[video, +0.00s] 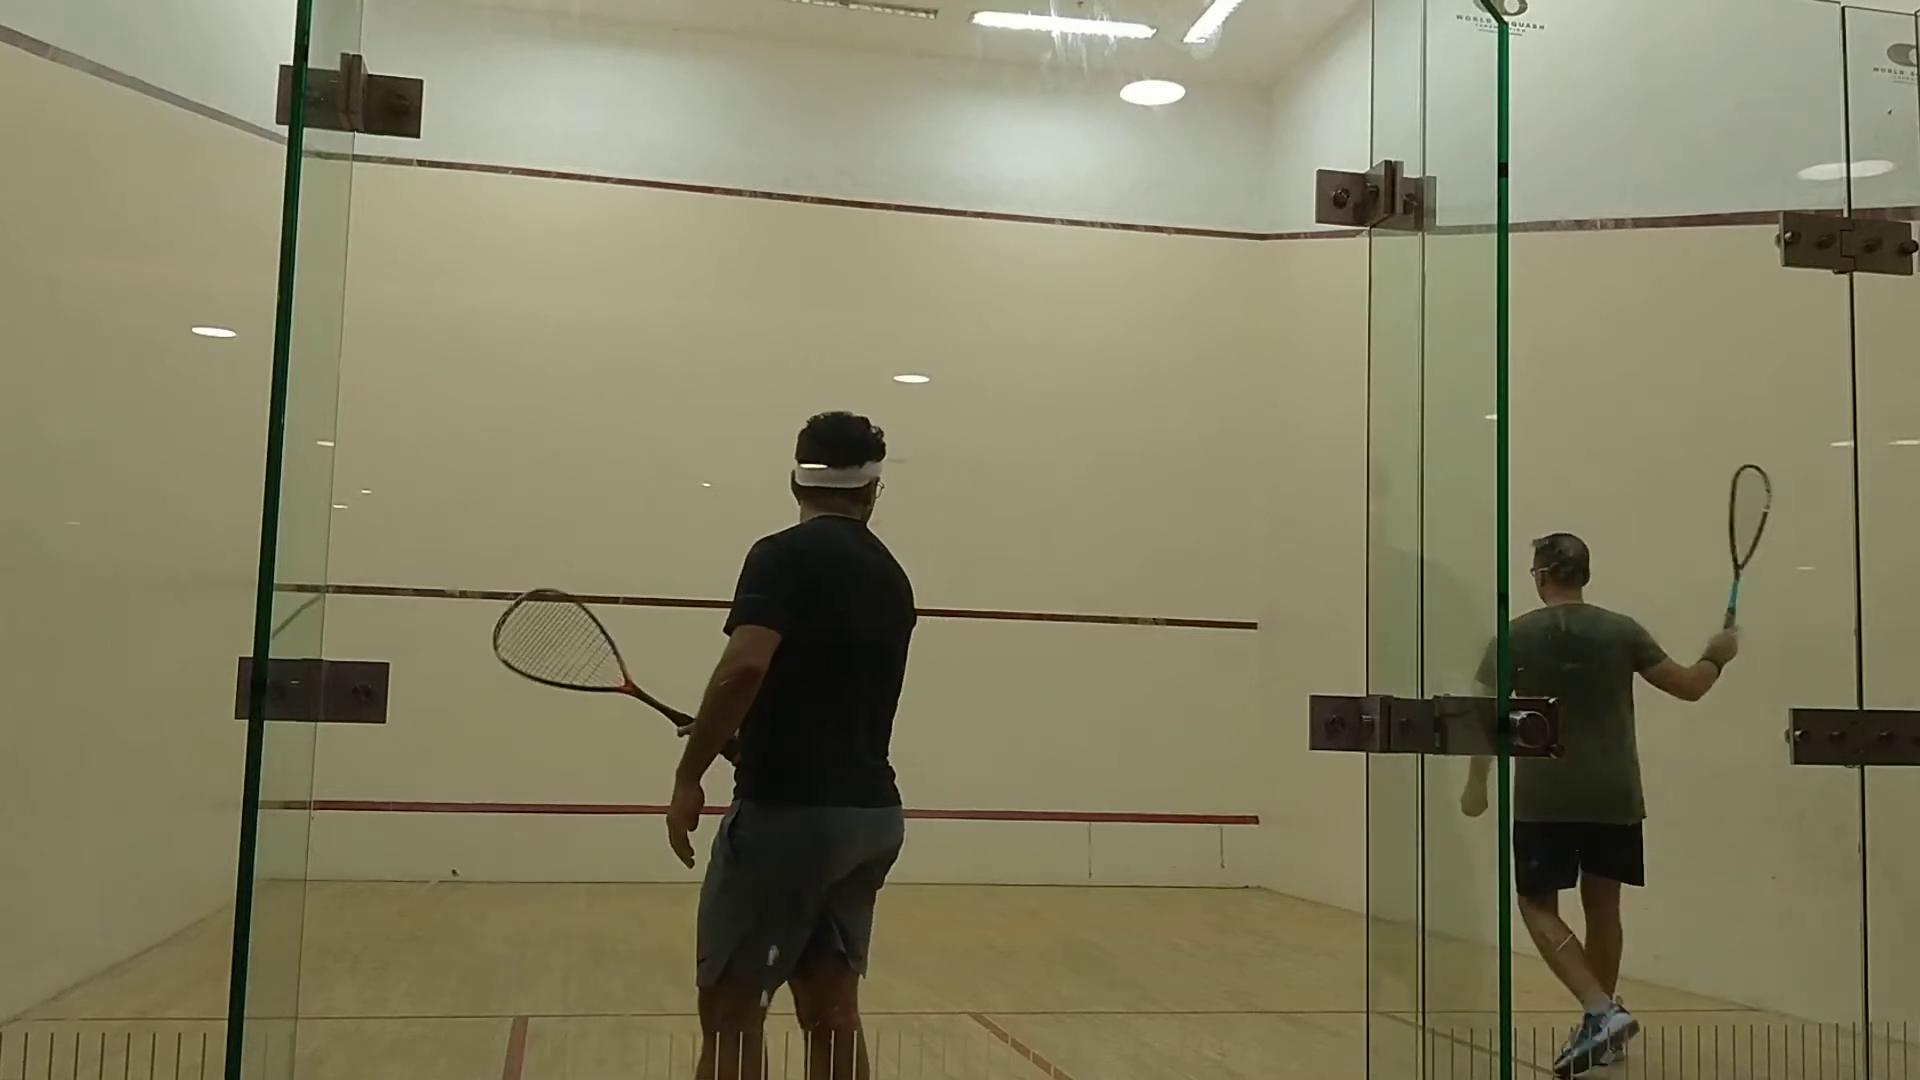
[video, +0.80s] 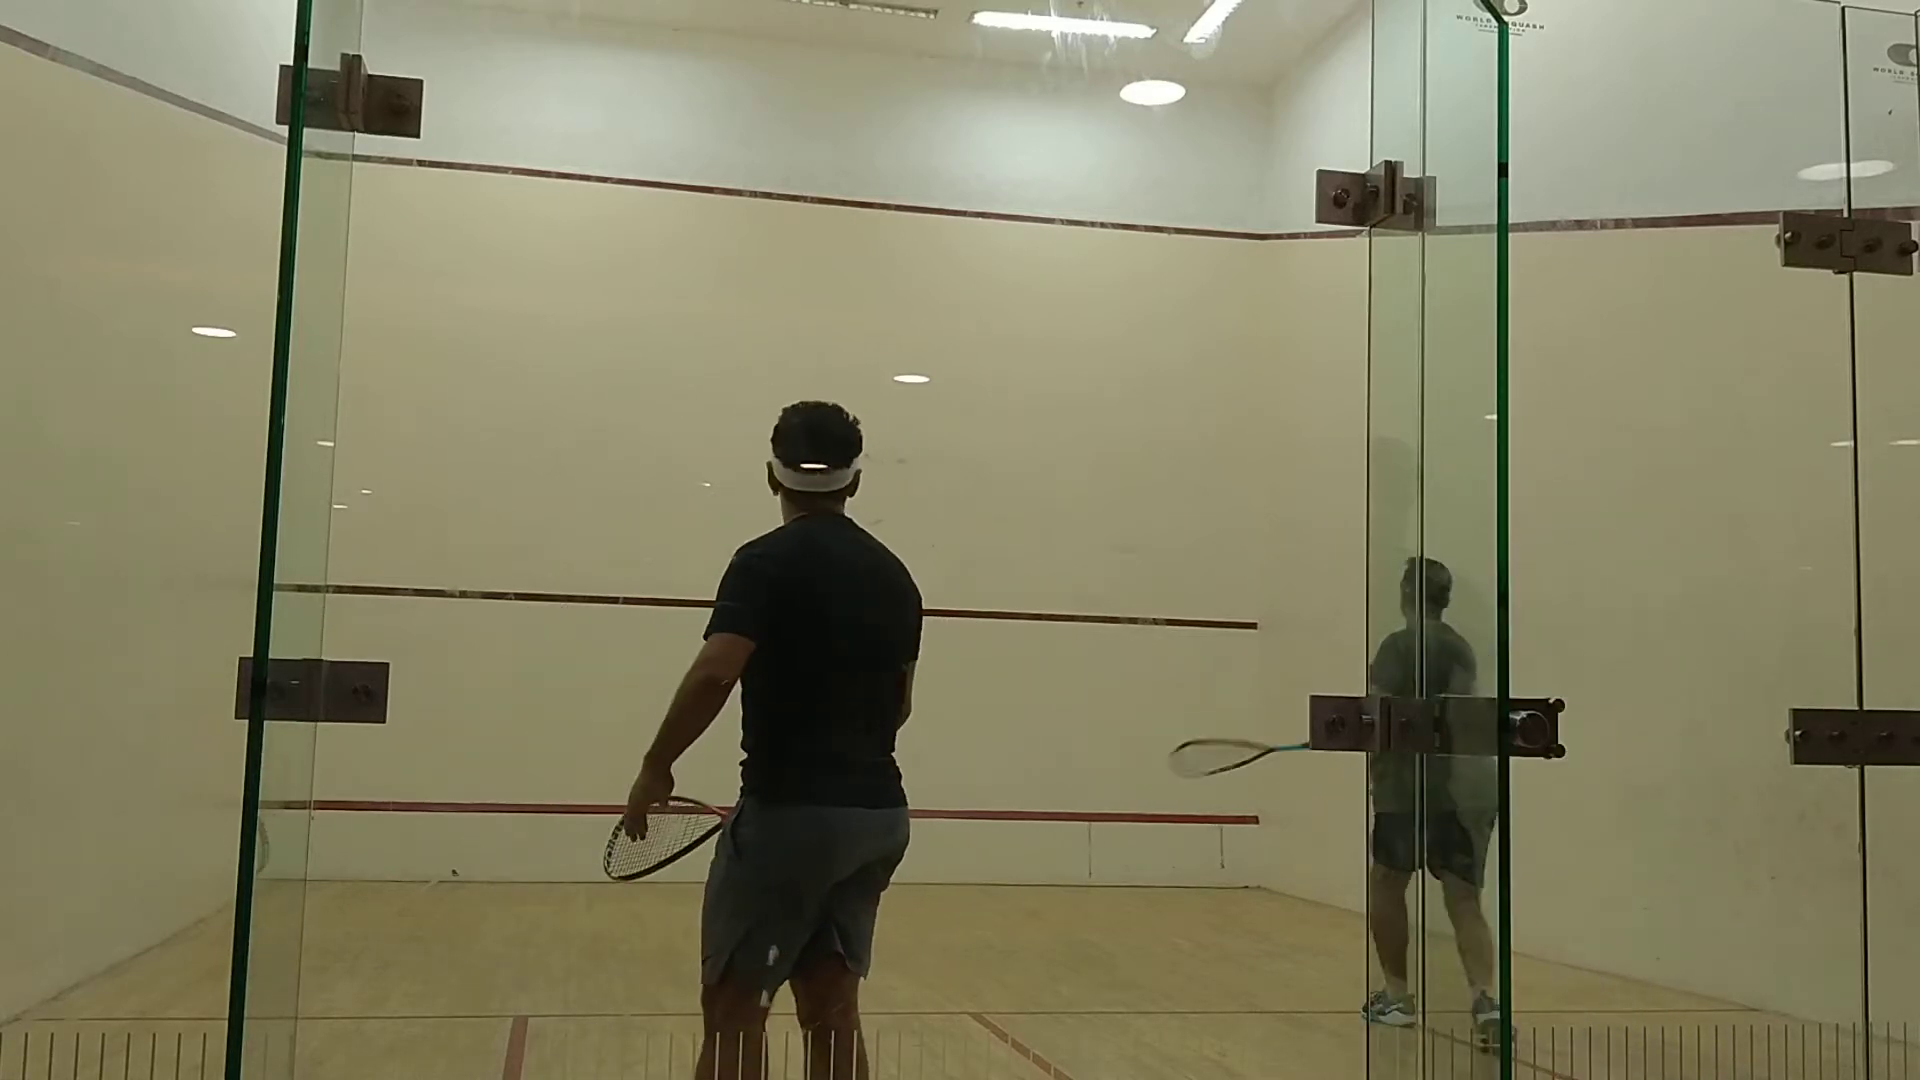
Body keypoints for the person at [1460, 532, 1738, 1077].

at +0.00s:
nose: (1533, 581)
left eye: (1534, 574)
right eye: (1538, 573)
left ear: (1541, 577)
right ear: (1585, 576)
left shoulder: (1512, 638)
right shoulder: (1620, 630)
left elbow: (1484, 716)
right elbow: (1690, 687)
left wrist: (1476, 783)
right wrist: (1717, 653)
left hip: (1540, 804)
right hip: (1613, 802)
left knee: (1538, 907)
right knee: (1603, 908)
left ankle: (1604, 1013)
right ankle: (1598, 1030)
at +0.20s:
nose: (1544, 580)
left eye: (1535, 572)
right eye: (1568, 572)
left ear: (1532, 575)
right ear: (1580, 576)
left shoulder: (1498, 630)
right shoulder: (1600, 628)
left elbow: (1479, 705)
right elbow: (1678, 675)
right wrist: (1695, 628)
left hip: (1514, 791)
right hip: (1587, 792)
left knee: (1504, 881)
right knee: (1593, 901)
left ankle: (1530, 995)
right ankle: (1596, 1032)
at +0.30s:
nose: (1560, 582)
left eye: (1537, 571)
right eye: (1570, 575)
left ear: (1525, 575)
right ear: (1572, 578)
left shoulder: (1491, 627)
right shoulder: (1586, 630)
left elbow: (1474, 700)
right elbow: (1666, 670)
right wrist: (1678, 621)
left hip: (1494, 788)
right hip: (1567, 792)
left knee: (1478, 884)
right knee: (1584, 901)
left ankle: (1477, 1001)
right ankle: (1594, 1030)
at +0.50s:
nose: (1545, 599)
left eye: (1540, 591)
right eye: (1544, 593)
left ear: (1495, 591)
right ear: (1540, 597)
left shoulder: (1454, 638)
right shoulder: (1541, 647)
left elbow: (1410, 701)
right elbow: (1621, 682)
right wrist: (1641, 617)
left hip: (1448, 791)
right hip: (1518, 795)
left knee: (1419, 884)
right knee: (1556, 905)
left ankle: (1395, 992)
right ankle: (1588, 1030)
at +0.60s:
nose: (1504, 611)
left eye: (1489, 599)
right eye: (1510, 603)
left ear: (1469, 600)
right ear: (1513, 608)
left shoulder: (1424, 647)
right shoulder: (1516, 667)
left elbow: (1376, 700)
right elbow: (1585, 697)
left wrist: (1412, 727)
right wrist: (1613, 654)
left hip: (1418, 793)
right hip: (1487, 799)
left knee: (1401, 880)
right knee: (1530, 908)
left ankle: (1398, 997)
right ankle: (1579, 1029)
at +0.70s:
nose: (1462, 611)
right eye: (1472, 604)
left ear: (1432, 602)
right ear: (1476, 609)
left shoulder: (1396, 653)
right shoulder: (1486, 665)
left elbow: (1367, 716)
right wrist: (1528, 703)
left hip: (1401, 796)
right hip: (1472, 802)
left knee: (1381, 891)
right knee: (1508, 907)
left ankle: (1396, 999)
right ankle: (1546, 1021)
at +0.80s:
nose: (1399, 595)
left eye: (1402, 588)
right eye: (1404, 587)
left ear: (1407, 594)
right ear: (1445, 597)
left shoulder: (1394, 647)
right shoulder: (1463, 650)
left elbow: (1375, 721)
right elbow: (1466, 720)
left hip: (1400, 799)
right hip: (1461, 798)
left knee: (1386, 892)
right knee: (1465, 901)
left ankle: (1397, 996)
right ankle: (1486, 1004)